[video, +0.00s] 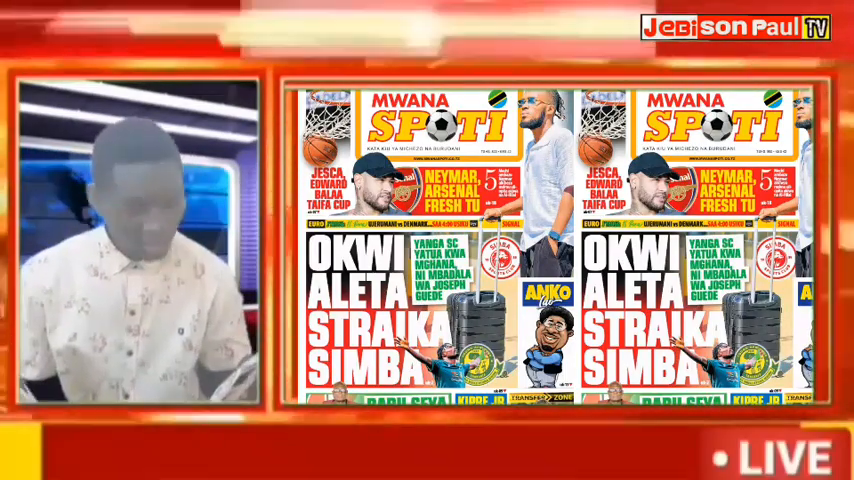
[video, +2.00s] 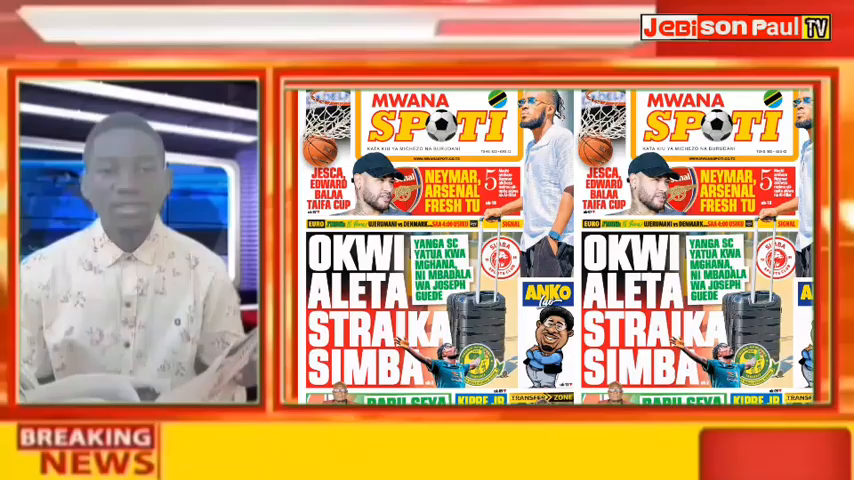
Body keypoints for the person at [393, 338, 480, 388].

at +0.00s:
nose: (453, 348)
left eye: (453, 347)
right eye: (449, 347)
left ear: (455, 351)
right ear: (443, 354)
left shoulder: (462, 367)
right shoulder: (438, 365)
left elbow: (474, 365)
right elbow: (423, 359)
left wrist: (478, 360)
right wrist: (408, 348)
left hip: (461, 402)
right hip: (444, 403)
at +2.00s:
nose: (453, 348)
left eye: (453, 347)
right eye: (449, 348)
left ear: (456, 352)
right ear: (443, 354)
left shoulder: (462, 367)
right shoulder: (439, 365)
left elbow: (474, 365)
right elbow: (423, 359)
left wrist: (478, 360)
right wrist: (408, 348)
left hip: (461, 402)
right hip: (445, 403)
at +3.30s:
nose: (453, 348)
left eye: (453, 347)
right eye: (449, 347)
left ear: (456, 352)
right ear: (443, 354)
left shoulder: (462, 367)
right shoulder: (439, 365)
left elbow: (474, 365)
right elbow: (423, 359)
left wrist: (478, 360)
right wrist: (408, 348)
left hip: (461, 403)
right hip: (445, 403)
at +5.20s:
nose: (453, 348)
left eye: (453, 347)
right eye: (449, 347)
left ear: (456, 352)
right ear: (443, 354)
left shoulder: (462, 367)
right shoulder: (439, 365)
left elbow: (474, 365)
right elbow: (423, 359)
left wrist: (478, 360)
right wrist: (407, 348)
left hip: (461, 403)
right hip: (444, 403)